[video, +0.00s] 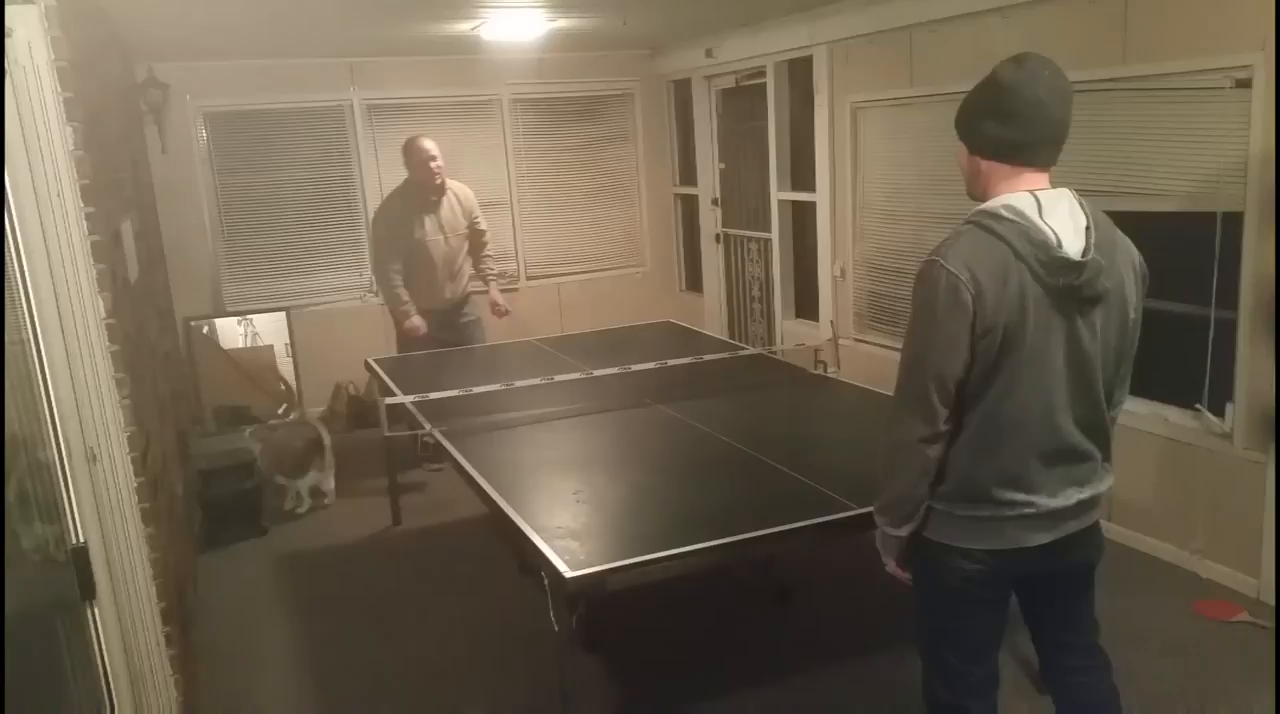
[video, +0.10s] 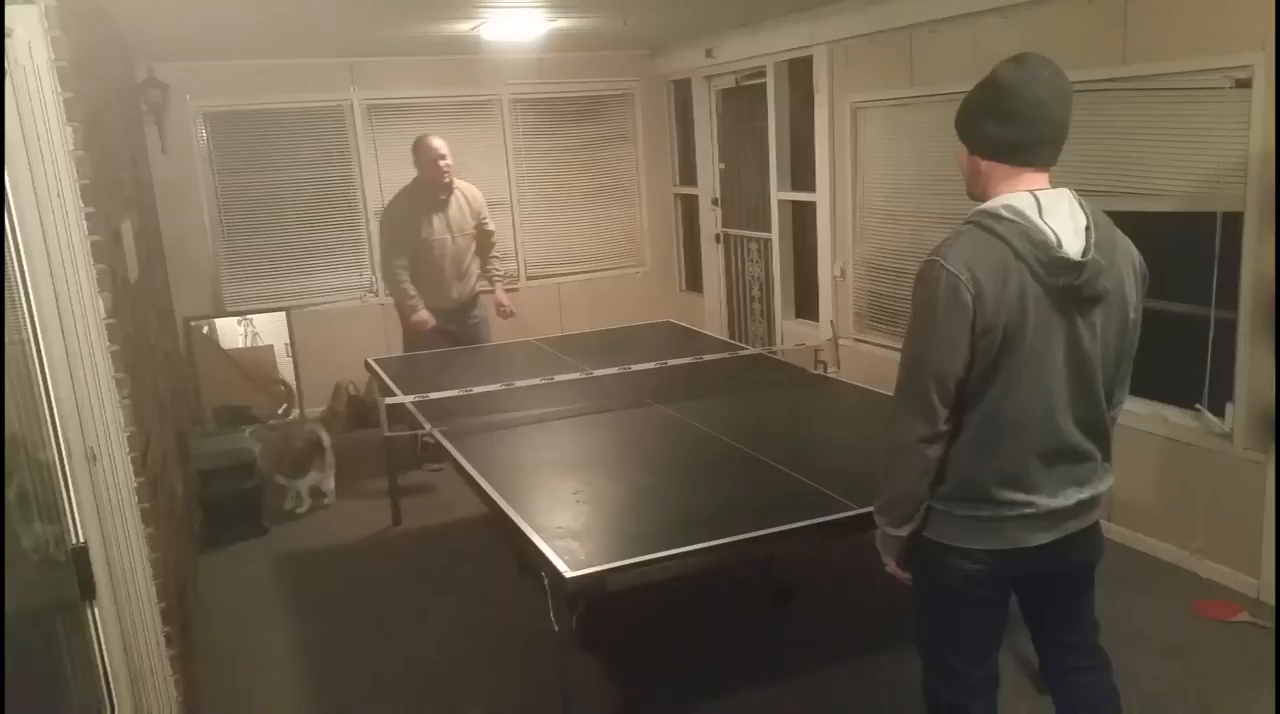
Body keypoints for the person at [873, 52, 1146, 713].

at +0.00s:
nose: (963, 161)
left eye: (963, 147)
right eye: (963, 146)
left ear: (975, 155)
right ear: (1053, 147)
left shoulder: (960, 266)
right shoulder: (1120, 254)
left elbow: (921, 419)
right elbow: (1110, 396)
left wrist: (893, 532)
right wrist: (1076, 490)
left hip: (970, 537)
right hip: (1072, 529)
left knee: (961, 690)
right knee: (1078, 667)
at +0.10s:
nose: (962, 161)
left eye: (963, 148)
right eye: (963, 146)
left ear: (975, 155)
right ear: (1052, 147)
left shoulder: (960, 266)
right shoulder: (1120, 254)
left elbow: (921, 419)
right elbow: (1110, 396)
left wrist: (893, 533)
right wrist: (1076, 490)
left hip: (970, 537)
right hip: (1072, 529)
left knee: (961, 690)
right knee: (1078, 667)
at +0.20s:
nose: (962, 162)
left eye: (963, 149)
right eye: (963, 147)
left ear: (973, 156)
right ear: (1052, 147)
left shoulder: (959, 266)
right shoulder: (1120, 254)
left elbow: (921, 419)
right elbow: (1111, 394)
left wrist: (893, 531)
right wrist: (1075, 488)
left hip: (970, 538)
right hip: (1071, 529)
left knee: (960, 689)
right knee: (1079, 667)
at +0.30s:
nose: (962, 163)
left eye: (962, 150)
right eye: (962, 148)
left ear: (972, 157)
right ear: (1051, 147)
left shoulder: (959, 266)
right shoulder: (1120, 254)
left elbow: (921, 420)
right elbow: (1110, 394)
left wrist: (893, 533)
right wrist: (1074, 489)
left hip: (970, 537)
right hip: (1071, 529)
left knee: (961, 691)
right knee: (1079, 668)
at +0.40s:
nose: (961, 162)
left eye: (961, 148)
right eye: (962, 146)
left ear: (971, 156)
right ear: (1051, 147)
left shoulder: (959, 265)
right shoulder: (1119, 254)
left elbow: (921, 419)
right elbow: (1110, 394)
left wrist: (893, 531)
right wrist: (1074, 489)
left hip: (970, 538)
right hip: (1071, 529)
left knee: (960, 690)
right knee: (1079, 668)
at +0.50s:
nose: (961, 161)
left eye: (961, 148)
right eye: (962, 146)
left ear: (971, 155)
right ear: (1050, 147)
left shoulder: (958, 265)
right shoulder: (1119, 254)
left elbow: (920, 419)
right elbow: (1110, 395)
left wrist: (892, 532)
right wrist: (1074, 488)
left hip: (970, 537)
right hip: (1071, 529)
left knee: (960, 691)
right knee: (1079, 668)